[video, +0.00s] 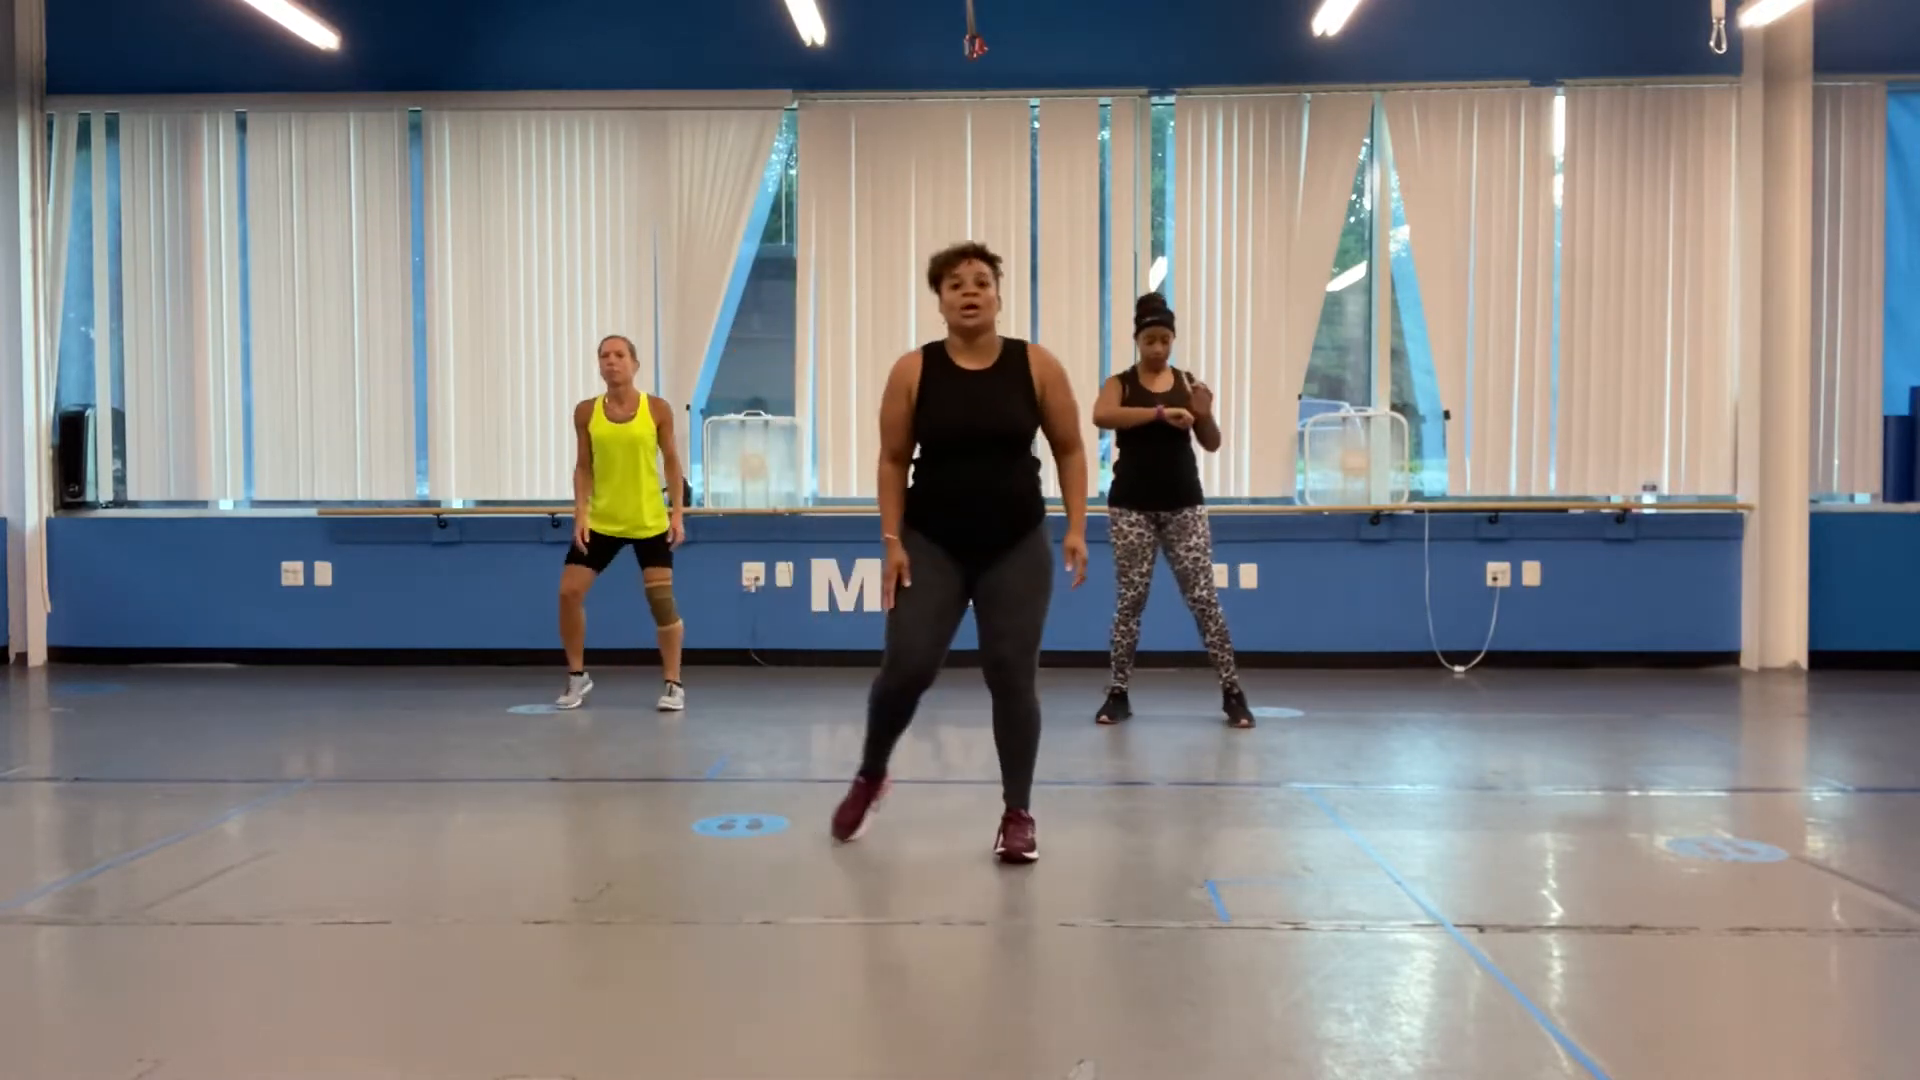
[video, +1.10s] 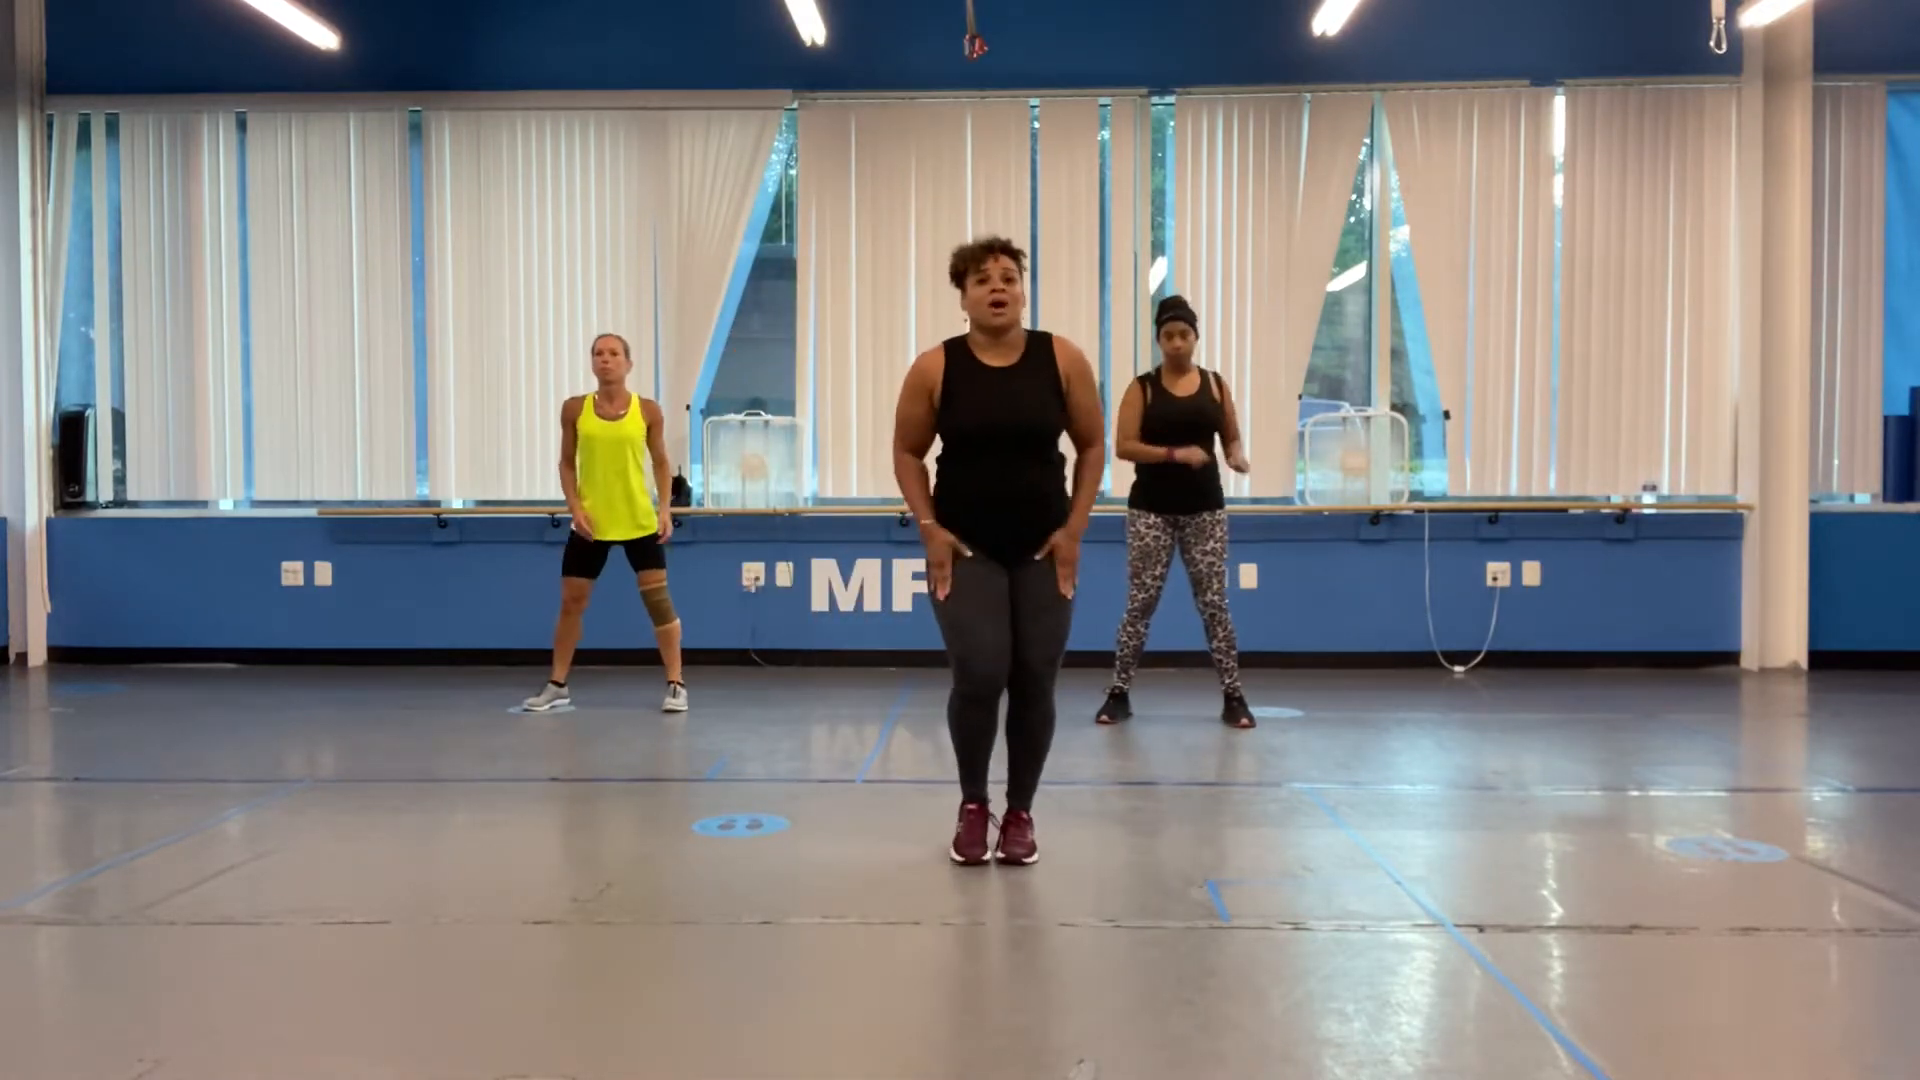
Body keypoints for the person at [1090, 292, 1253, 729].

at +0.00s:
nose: (1158, 347)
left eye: (1164, 340)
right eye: (1150, 340)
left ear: (1173, 341)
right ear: (1137, 341)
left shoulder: (1189, 385)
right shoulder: (1119, 384)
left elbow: (1211, 444)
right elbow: (1101, 416)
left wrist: (1203, 415)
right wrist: (1160, 413)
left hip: (1183, 507)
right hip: (1131, 508)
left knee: (1202, 599)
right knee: (1130, 599)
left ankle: (1232, 691)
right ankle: (1117, 693)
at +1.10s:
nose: (1177, 341)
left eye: (1184, 334)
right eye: (1169, 334)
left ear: (1195, 338)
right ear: (1159, 340)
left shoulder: (1214, 385)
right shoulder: (1141, 389)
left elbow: (1230, 438)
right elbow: (1125, 447)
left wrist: (1235, 456)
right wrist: (1174, 453)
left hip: (1204, 511)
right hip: (1152, 510)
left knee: (1214, 603)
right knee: (1141, 602)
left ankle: (1233, 695)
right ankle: (1118, 693)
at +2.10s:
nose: (1166, 356)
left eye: (1172, 349)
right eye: (1157, 351)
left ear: (1185, 357)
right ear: (1146, 362)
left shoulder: (1208, 408)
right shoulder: (1131, 414)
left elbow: (1223, 470)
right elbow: (1107, 474)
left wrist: (1194, 506)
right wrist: (1070, 483)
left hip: (1190, 523)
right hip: (1135, 524)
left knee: (1208, 607)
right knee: (1135, 606)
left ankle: (1222, 697)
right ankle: (1082, 651)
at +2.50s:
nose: (1126, 348)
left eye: (1133, 342)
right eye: (1118, 342)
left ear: (1145, 351)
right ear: (1105, 352)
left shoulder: (1161, 398)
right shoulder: (1088, 400)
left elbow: (1201, 433)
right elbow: (1081, 453)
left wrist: (1252, 453)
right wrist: (1135, 432)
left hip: (1153, 517)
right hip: (1099, 519)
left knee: (1171, 601)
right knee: (1091, 607)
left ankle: (1211, 684)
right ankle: (1075, 694)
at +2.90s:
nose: (1074, 352)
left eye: (1082, 346)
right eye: (1067, 345)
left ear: (1093, 356)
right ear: (1054, 354)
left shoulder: (1109, 400)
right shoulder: (1035, 404)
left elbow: (1160, 431)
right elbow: (1027, 461)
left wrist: (1216, 451)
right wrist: (1073, 429)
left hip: (1113, 517)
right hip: (1060, 521)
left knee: (1134, 606)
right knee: (1045, 607)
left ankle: (1183, 674)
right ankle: (1029, 695)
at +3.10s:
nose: (1067, 361)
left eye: (1075, 355)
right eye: (1059, 356)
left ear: (1087, 363)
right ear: (1049, 365)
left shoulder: (1106, 414)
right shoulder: (1030, 417)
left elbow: (1129, 479)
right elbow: (995, 472)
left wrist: (1139, 536)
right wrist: (1011, 517)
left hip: (1105, 530)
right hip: (1050, 531)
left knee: (1125, 615)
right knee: (1041, 612)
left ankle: (1144, 689)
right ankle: (1027, 694)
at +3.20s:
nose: (1076, 357)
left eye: (1083, 350)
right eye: (1068, 351)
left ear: (1097, 357)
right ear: (1058, 361)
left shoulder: (1117, 406)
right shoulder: (1043, 411)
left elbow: (1127, 474)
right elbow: (1000, 456)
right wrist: (973, 500)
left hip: (1113, 520)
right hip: (1059, 522)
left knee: (1138, 607)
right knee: (1050, 610)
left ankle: (1151, 678)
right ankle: (1026, 693)